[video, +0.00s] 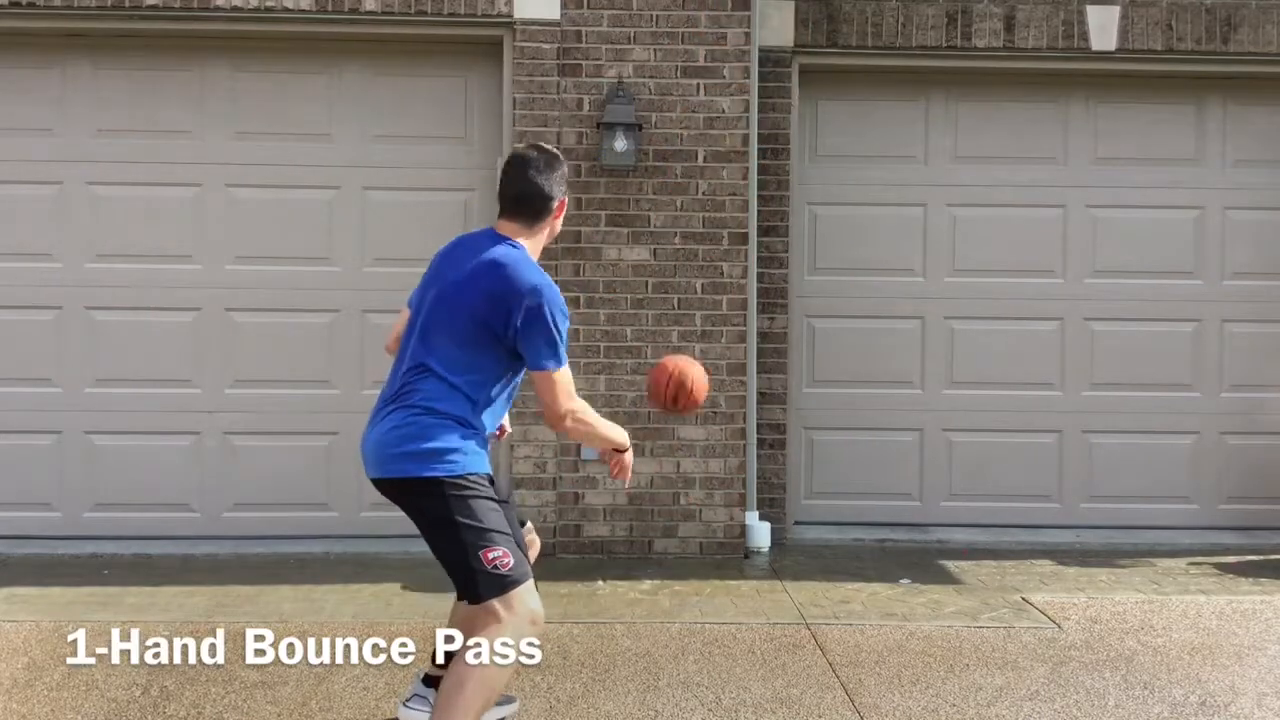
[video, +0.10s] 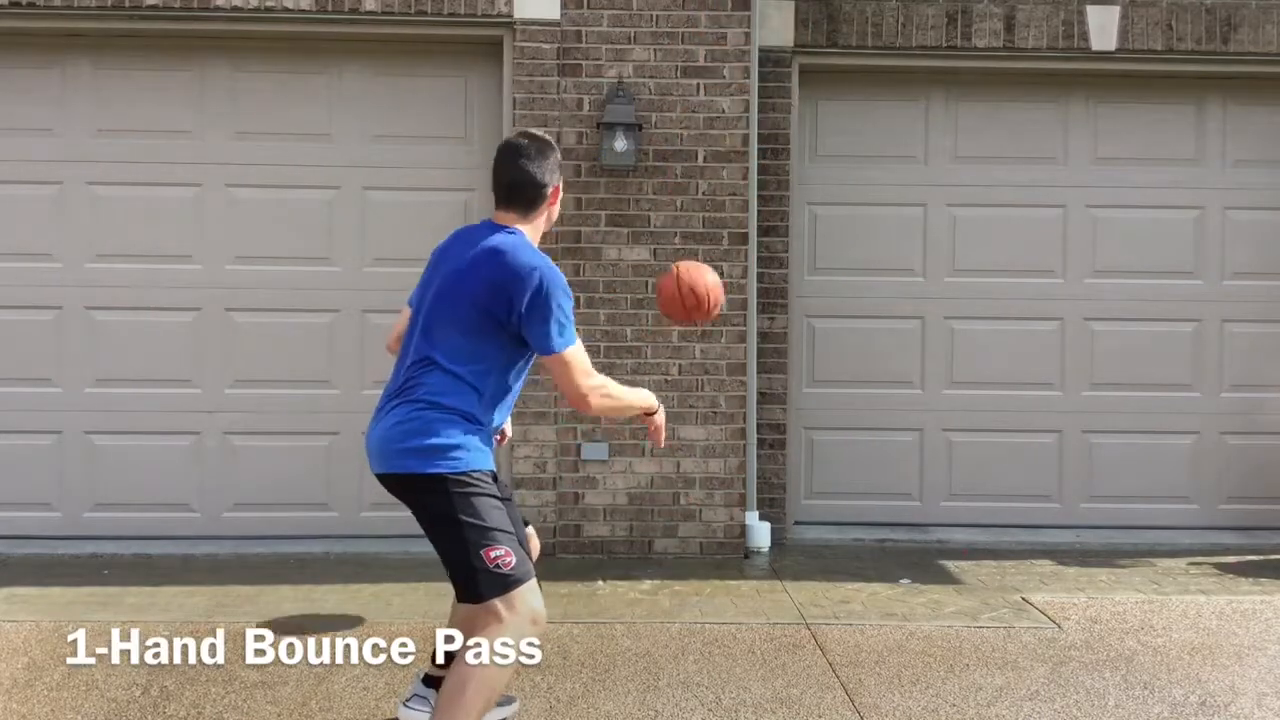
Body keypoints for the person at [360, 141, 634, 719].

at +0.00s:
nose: (566, 215)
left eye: (562, 205)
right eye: (567, 206)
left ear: (502, 198)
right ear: (559, 211)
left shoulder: (455, 252)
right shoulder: (534, 290)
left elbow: (399, 342)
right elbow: (562, 412)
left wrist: (478, 400)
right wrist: (617, 439)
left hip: (392, 443)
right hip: (437, 450)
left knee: (520, 544)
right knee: (518, 616)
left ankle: (436, 686)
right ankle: (452, 712)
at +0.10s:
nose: (563, 199)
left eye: (562, 189)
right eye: (562, 190)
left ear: (494, 190)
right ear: (554, 197)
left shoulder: (455, 246)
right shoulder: (535, 273)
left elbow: (400, 340)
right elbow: (584, 393)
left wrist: (480, 407)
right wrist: (647, 400)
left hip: (401, 438)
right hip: (442, 447)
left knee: (521, 544)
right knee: (518, 616)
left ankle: (441, 685)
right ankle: (453, 710)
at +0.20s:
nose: (561, 184)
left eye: (556, 175)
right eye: (561, 175)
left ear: (494, 180)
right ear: (552, 184)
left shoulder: (459, 237)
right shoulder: (542, 257)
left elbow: (408, 334)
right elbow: (632, 343)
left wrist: (489, 401)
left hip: (405, 433)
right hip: (446, 441)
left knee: (509, 559)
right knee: (527, 609)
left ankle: (437, 688)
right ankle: (460, 713)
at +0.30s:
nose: (566, 168)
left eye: (564, 159)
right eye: (564, 159)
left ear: (495, 166)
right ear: (553, 166)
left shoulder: (468, 221)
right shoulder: (541, 226)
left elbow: (414, 322)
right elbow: (667, 251)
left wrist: (497, 388)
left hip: (415, 424)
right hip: (448, 430)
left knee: (495, 569)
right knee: (530, 602)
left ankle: (445, 680)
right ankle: (461, 714)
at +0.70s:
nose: (593, 199)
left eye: (590, 188)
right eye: (594, 189)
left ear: (528, 183)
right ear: (584, 197)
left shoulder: (503, 240)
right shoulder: (515, 251)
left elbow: (431, 288)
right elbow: (597, 325)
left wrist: (426, 373)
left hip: (452, 432)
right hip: (430, 434)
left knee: (531, 549)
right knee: (507, 593)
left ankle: (444, 679)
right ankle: (455, 709)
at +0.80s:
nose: (589, 221)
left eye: (589, 210)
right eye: (591, 211)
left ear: (526, 199)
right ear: (580, 217)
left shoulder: (488, 245)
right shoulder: (523, 291)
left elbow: (413, 303)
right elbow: (583, 413)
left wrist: (445, 375)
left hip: (419, 436)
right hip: (434, 446)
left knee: (531, 546)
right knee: (514, 610)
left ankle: (445, 681)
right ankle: (456, 708)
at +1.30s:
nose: (557, 192)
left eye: (554, 183)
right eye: (556, 184)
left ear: (489, 185)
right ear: (549, 193)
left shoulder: (450, 243)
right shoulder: (532, 270)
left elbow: (400, 341)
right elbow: (574, 392)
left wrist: (485, 395)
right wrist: (629, 389)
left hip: (395, 441)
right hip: (442, 449)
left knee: (518, 544)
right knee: (521, 614)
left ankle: (438, 687)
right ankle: (458, 711)